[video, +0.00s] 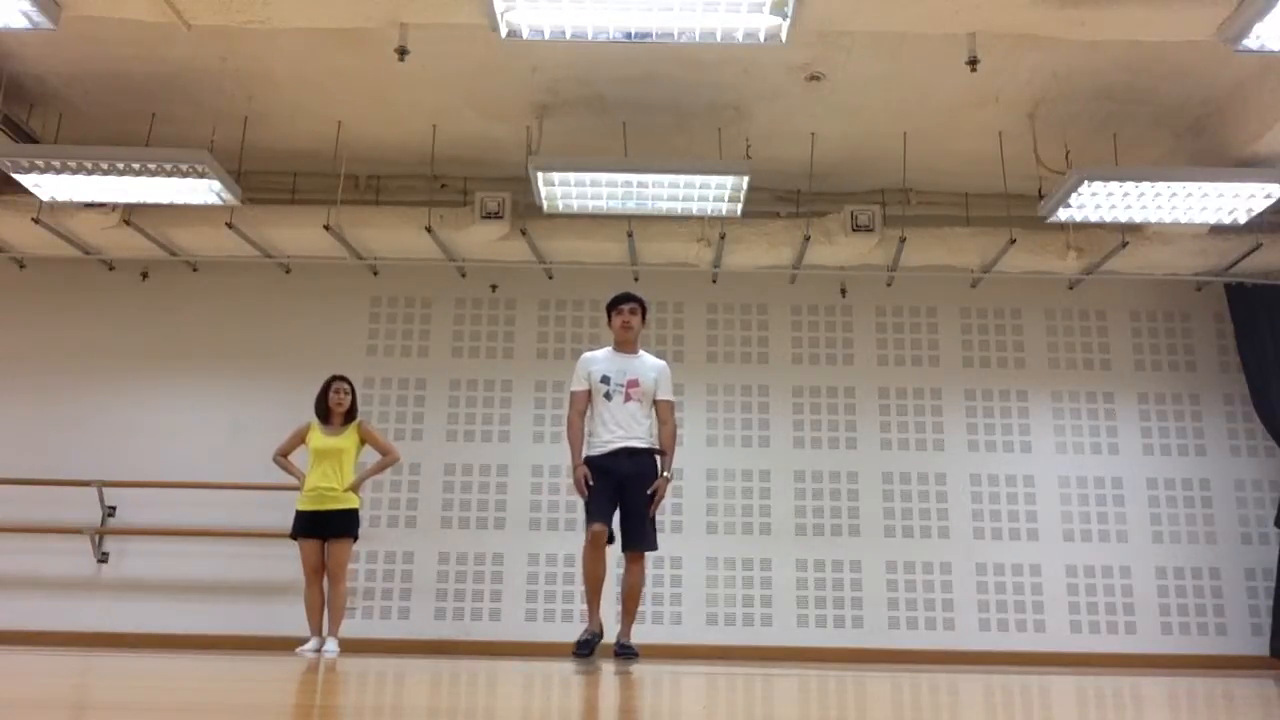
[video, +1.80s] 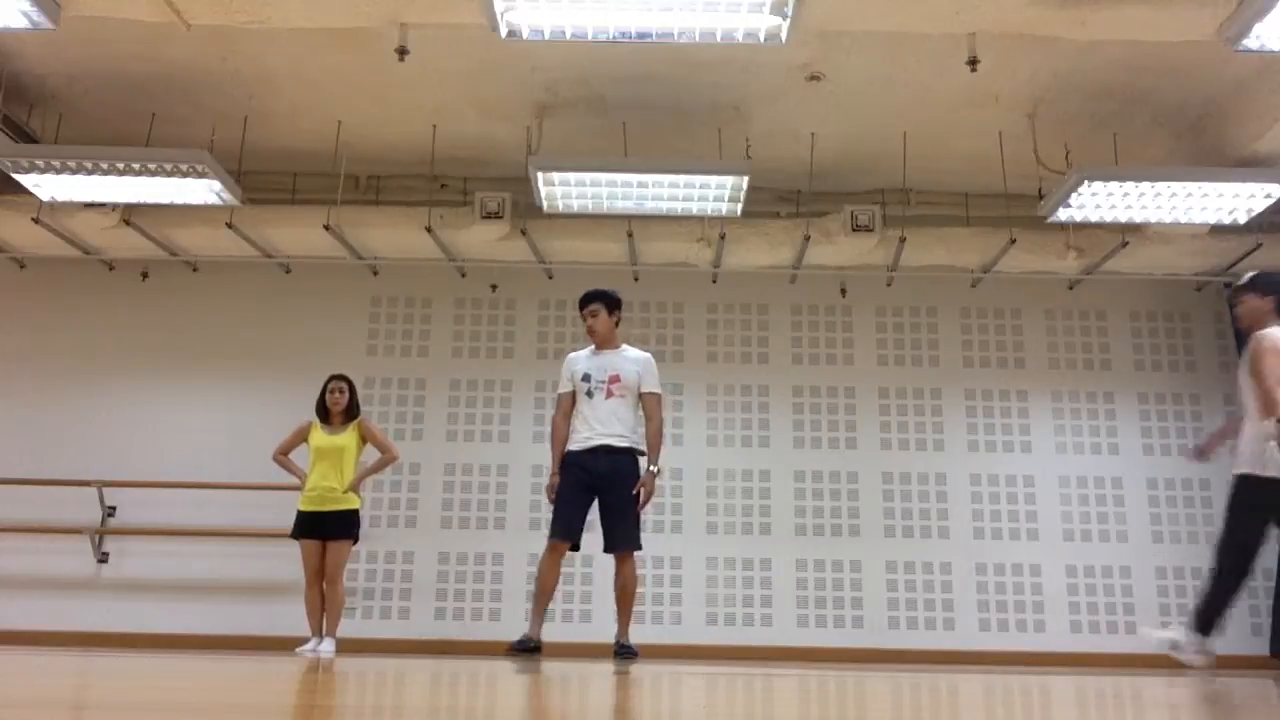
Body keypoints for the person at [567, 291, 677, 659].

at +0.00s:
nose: (626, 319)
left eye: (633, 314)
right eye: (620, 314)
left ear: (643, 322)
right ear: (610, 321)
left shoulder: (657, 368)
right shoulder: (590, 362)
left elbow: (667, 422)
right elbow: (576, 415)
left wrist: (665, 474)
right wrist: (577, 461)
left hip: (641, 463)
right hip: (600, 462)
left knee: (635, 551)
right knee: (596, 535)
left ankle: (624, 636)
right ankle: (593, 624)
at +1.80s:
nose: (588, 324)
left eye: (594, 315)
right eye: (584, 318)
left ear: (615, 317)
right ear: (583, 323)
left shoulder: (641, 361)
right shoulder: (574, 362)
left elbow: (654, 418)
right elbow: (562, 416)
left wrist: (651, 468)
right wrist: (555, 469)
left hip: (621, 462)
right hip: (578, 460)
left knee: (624, 552)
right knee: (556, 544)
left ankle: (623, 637)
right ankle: (533, 632)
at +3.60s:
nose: (602, 309)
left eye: (609, 304)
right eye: (596, 304)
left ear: (620, 312)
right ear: (586, 312)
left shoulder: (636, 357)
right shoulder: (566, 353)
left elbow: (648, 415)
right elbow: (555, 407)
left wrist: (650, 469)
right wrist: (558, 454)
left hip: (618, 458)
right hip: (575, 456)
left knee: (616, 549)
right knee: (560, 544)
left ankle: (614, 635)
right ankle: (546, 634)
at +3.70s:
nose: (603, 309)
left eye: (610, 304)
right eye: (597, 304)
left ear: (622, 312)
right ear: (587, 312)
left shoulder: (638, 358)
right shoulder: (568, 354)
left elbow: (651, 415)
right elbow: (558, 408)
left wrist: (653, 469)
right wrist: (562, 457)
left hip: (619, 458)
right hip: (577, 457)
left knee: (618, 550)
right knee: (556, 542)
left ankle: (614, 636)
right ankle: (544, 631)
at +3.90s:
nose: (600, 307)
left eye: (607, 302)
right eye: (594, 302)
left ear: (618, 311)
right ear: (584, 311)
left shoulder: (636, 357)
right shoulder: (566, 355)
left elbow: (648, 412)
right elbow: (556, 408)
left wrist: (647, 463)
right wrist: (556, 456)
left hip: (616, 457)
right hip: (573, 455)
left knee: (616, 549)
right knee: (551, 539)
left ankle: (614, 636)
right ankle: (540, 629)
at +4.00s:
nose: (595, 307)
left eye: (602, 302)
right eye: (589, 302)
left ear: (613, 311)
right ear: (579, 311)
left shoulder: (630, 357)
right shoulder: (561, 354)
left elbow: (642, 412)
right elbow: (550, 408)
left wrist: (641, 462)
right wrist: (549, 457)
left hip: (612, 457)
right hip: (568, 456)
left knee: (613, 550)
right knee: (551, 547)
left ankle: (613, 636)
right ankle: (539, 635)